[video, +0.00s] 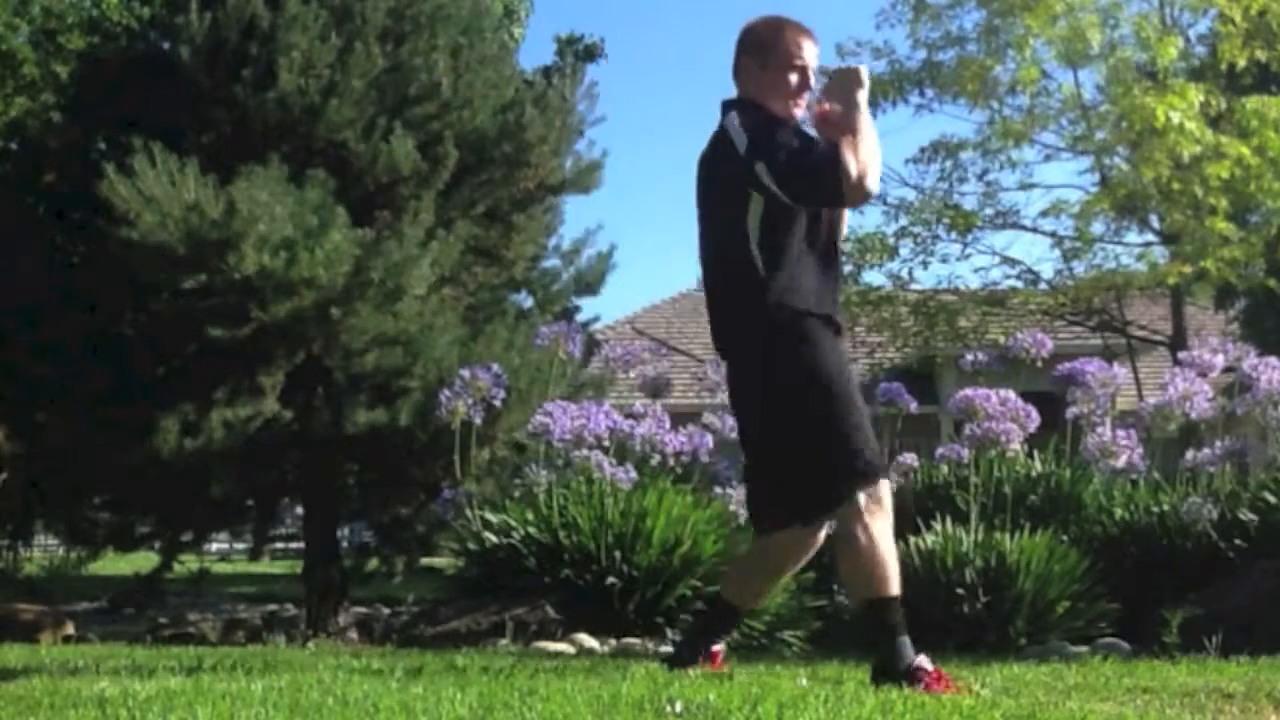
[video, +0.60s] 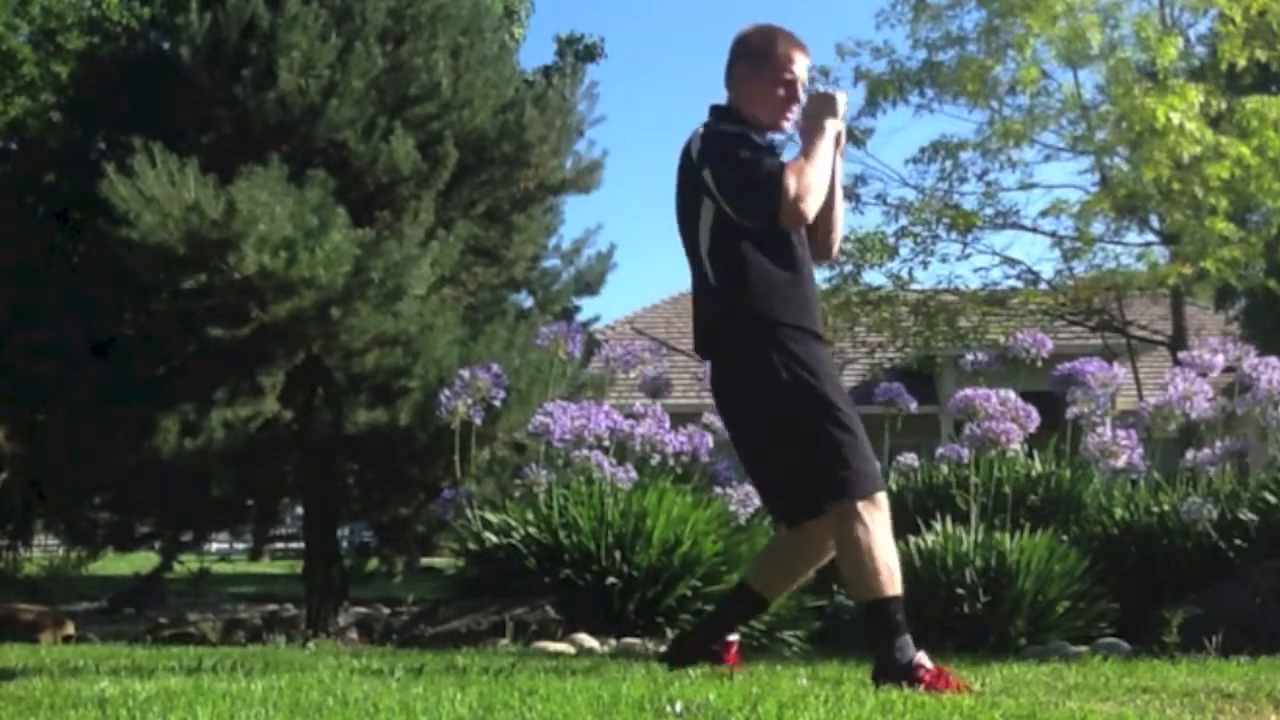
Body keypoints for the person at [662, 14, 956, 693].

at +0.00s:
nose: (807, 83)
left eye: (810, 72)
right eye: (795, 69)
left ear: (807, 76)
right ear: (749, 68)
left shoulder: (746, 139)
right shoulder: (758, 133)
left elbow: (827, 228)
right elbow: (860, 179)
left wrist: (836, 135)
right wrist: (860, 108)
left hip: (772, 344)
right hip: (796, 337)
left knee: (802, 520)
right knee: (868, 493)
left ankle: (698, 645)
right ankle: (899, 662)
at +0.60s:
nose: (796, 94)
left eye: (801, 84)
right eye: (785, 79)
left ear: (791, 93)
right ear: (743, 73)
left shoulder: (757, 152)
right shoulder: (721, 143)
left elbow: (824, 244)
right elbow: (795, 202)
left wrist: (830, 147)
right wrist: (826, 127)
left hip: (779, 352)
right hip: (773, 349)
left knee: (825, 520)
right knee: (861, 493)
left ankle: (708, 637)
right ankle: (899, 660)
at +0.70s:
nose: (768, 84)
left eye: (772, 73)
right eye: (756, 70)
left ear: (763, 79)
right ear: (711, 67)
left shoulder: (743, 149)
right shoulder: (683, 135)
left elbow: (809, 233)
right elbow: (741, 189)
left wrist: (810, 151)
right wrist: (778, 120)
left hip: (756, 341)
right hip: (724, 342)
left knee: (780, 508)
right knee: (807, 482)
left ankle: (697, 644)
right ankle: (860, 645)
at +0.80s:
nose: (737, 70)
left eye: (742, 60)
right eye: (725, 57)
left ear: (739, 65)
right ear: (682, 54)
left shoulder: (725, 141)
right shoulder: (645, 119)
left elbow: (787, 225)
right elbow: (682, 186)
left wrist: (785, 147)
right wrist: (742, 122)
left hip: (736, 324)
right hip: (677, 322)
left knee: (741, 480)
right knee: (762, 448)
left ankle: (694, 637)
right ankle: (778, 630)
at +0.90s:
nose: (704, 69)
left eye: (709, 59)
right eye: (691, 55)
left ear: (712, 69)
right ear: (651, 55)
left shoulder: (709, 143)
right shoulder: (611, 123)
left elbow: (760, 230)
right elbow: (633, 194)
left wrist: (757, 151)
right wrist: (705, 132)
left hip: (712, 329)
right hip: (644, 324)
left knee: (720, 489)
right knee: (709, 457)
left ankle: (690, 628)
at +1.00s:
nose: (669, 75)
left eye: (675, 66)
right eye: (655, 62)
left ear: (680, 75)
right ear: (616, 64)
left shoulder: (677, 154)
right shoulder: (575, 133)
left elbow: (729, 238)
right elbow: (598, 198)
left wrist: (723, 164)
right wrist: (667, 138)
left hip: (684, 338)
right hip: (611, 334)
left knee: (699, 495)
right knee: (636, 488)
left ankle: (686, 642)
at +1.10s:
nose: (630, 84)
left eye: (636, 74)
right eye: (617, 71)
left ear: (639, 80)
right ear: (575, 71)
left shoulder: (648, 156)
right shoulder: (539, 139)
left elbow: (687, 246)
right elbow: (563, 204)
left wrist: (683, 174)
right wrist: (630, 142)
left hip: (651, 346)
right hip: (569, 345)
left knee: (677, 496)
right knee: (553, 495)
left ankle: (679, 640)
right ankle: (455, 589)